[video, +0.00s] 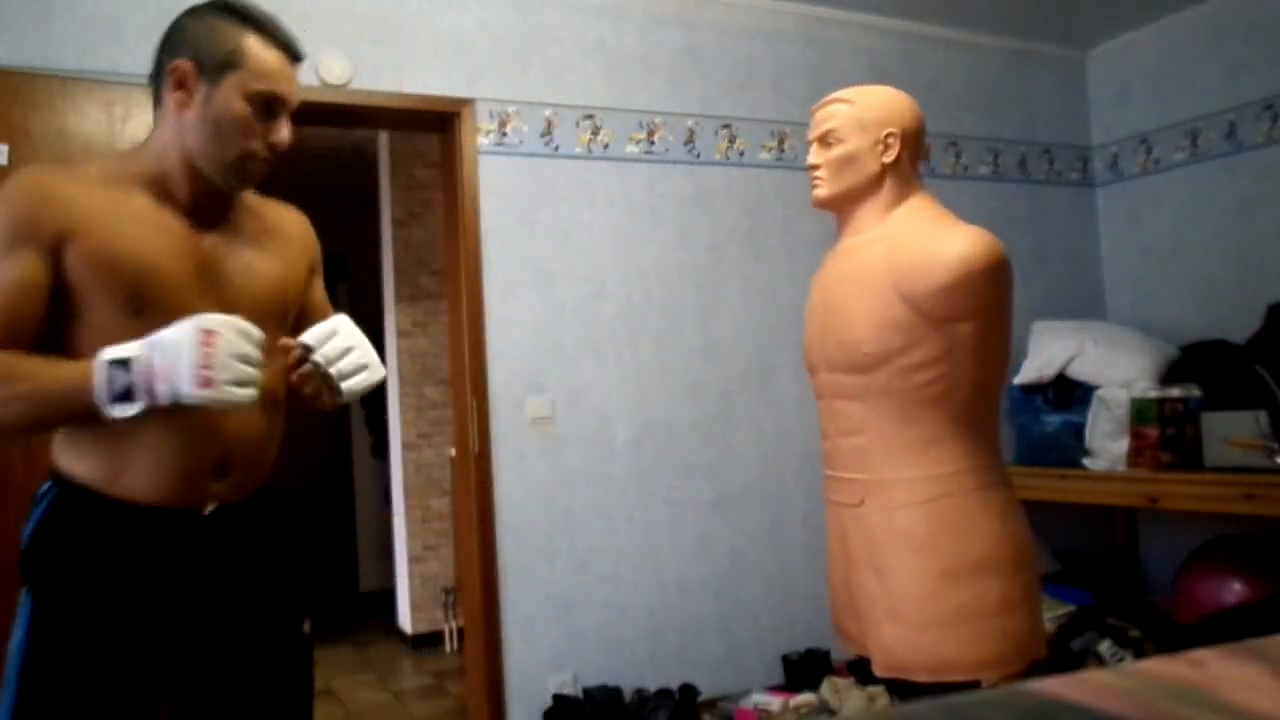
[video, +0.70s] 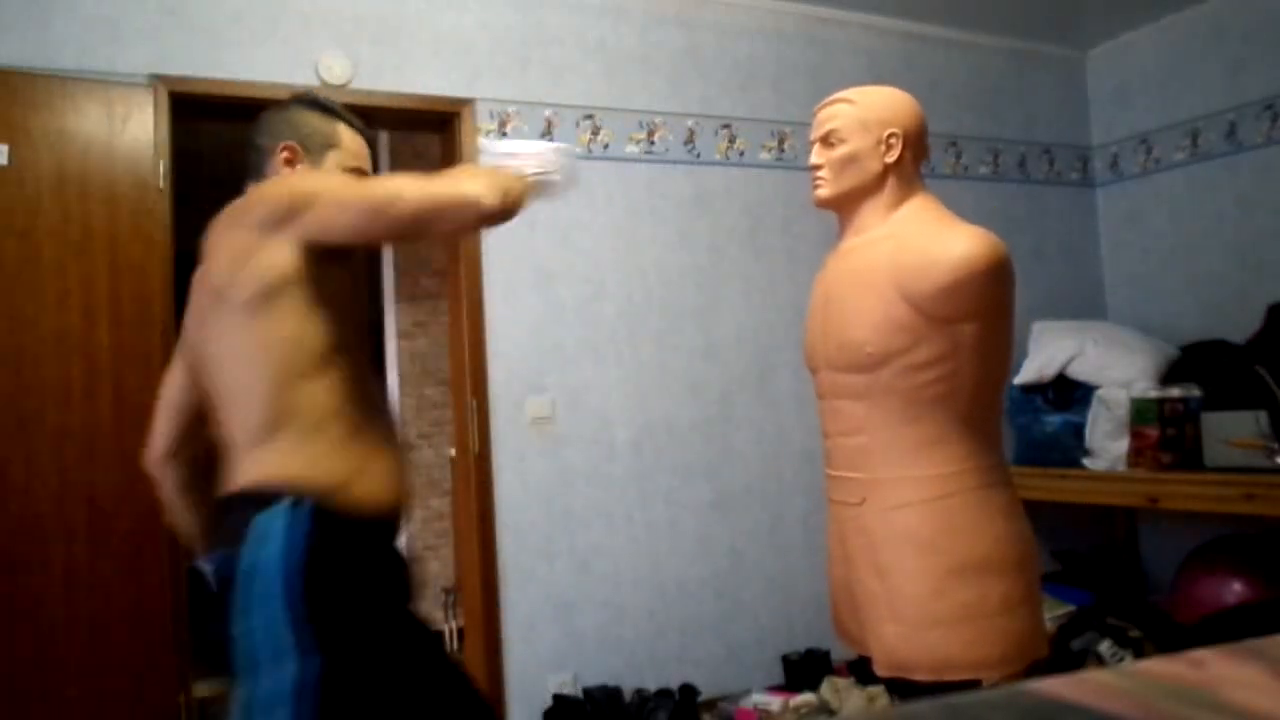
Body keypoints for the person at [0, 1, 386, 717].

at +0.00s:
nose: (283, 137)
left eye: (290, 117)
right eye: (263, 108)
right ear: (182, 90)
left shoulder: (291, 233)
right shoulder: (43, 204)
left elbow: (316, 377)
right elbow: (4, 382)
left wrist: (329, 373)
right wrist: (138, 372)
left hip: (247, 551)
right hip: (99, 552)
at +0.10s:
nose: (258, 167)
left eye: (264, 146)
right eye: (237, 139)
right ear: (153, 117)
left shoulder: (274, 265)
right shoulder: (23, 244)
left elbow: (337, 400)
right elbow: (4, 435)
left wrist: (340, 392)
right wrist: (82, 406)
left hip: (223, 589)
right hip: (63, 587)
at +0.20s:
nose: (243, 174)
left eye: (249, 151)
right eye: (222, 143)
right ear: (136, 118)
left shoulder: (242, 259)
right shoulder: (15, 239)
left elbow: (319, 431)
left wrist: (320, 364)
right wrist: (21, 402)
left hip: (198, 577)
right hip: (47, 566)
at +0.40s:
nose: (265, 180)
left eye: (272, 158)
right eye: (246, 147)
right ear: (164, 116)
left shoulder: (245, 257)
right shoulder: (23, 230)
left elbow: (332, 390)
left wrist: (353, 292)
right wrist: (49, 476)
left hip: (204, 576)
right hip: (57, 576)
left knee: (326, 719)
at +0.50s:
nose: (303, 202)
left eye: (308, 181)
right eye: (286, 170)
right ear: (208, 142)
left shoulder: (261, 283)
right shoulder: (73, 250)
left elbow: (325, 409)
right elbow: (66, 438)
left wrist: (385, 321)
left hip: (219, 596)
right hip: (82, 600)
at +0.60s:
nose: (342, 214)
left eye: (345, 195)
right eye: (327, 187)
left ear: (256, 169)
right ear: (254, 167)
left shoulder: (278, 269)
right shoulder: (180, 242)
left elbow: (258, 437)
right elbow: (333, 327)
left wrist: (348, 448)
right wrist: (446, 258)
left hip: (262, 594)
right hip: (165, 599)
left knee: (402, 718)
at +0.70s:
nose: (363, 190)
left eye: (364, 176)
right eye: (352, 172)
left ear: (287, 164)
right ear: (291, 162)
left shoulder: (216, 278)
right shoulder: (274, 205)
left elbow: (164, 453)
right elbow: (486, 196)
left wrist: (213, 554)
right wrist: (510, 177)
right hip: (306, 542)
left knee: (459, 712)